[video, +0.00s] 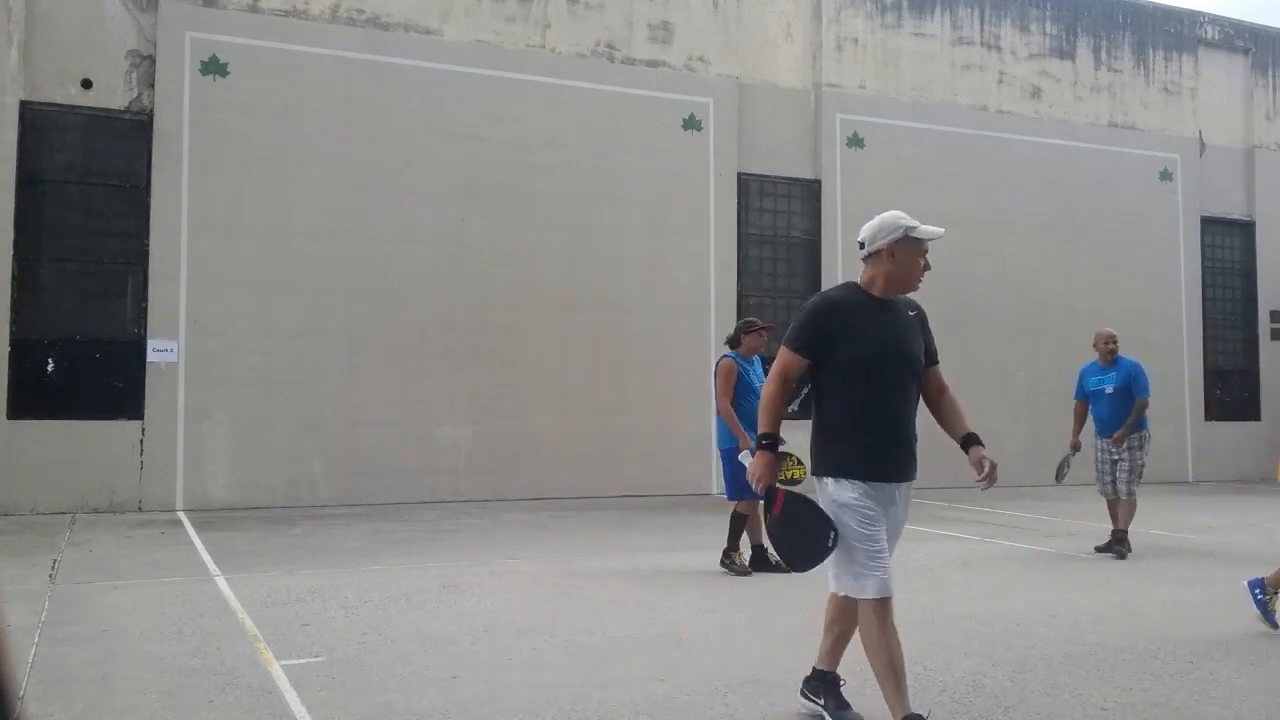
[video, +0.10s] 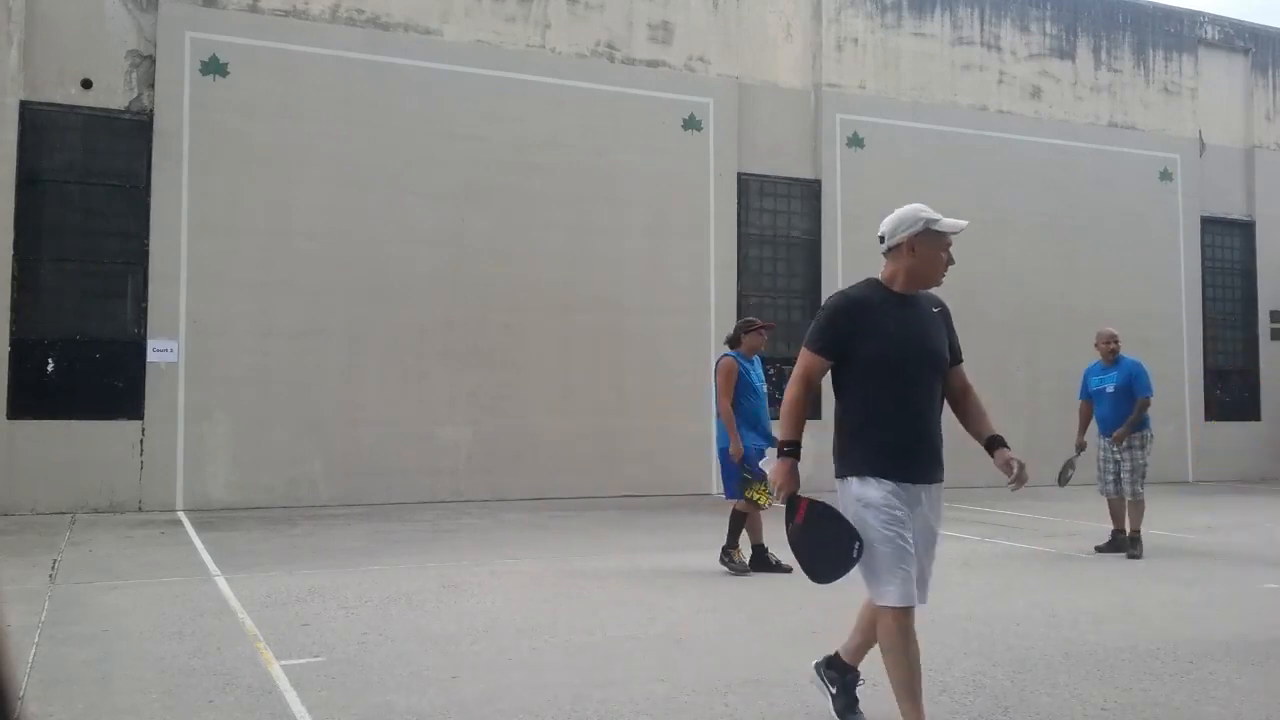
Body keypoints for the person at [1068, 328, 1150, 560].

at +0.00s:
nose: (1112, 346)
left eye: (1114, 342)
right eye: (1106, 343)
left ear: (1119, 345)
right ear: (1096, 347)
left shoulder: (1132, 369)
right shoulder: (1087, 372)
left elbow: (1142, 403)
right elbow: (1081, 405)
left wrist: (1125, 431)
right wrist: (1075, 436)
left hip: (1131, 437)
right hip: (1103, 438)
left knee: (1126, 486)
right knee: (1108, 488)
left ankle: (1121, 537)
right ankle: (1117, 535)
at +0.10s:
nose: (1112, 346)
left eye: (1115, 342)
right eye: (1107, 343)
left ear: (1120, 344)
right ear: (1097, 346)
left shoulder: (1134, 367)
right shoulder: (1091, 372)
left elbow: (1145, 401)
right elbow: (1086, 404)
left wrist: (1125, 429)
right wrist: (1081, 435)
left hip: (1134, 437)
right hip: (1106, 438)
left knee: (1133, 488)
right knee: (1111, 488)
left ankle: (1134, 538)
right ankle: (1118, 536)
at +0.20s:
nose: (1116, 346)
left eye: (1119, 341)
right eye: (1110, 343)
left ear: (1124, 344)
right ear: (1100, 346)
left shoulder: (1137, 367)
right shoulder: (1096, 372)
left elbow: (1148, 401)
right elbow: (1091, 404)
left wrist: (1129, 431)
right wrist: (1086, 434)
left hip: (1137, 437)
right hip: (1109, 439)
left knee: (1142, 488)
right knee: (1112, 488)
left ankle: (1154, 538)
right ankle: (1119, 537)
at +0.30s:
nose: (1120, 345)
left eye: (1124, 341)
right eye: (1115, 342)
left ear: (1129, 344)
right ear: (1106, 346)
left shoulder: (1142, 367)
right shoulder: (1102, 371)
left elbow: (1153, 401)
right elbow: (1098, 404)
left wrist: (1139, 431)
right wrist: (1092, 433)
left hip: (1141, 439)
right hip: (1113, 440)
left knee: (1152, 489)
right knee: (1115, 487)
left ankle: (1172, 538)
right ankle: (1119, 537)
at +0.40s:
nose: (1128, 346)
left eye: (1131, 342)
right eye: (1123, 343)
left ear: (1137, 344)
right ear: (1114, 347)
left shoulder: (1150, 368)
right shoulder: (1109, 372)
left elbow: (1163, 402)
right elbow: (1104, 404)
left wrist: (1149, 431)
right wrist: (1099, 433)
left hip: (1147, 441)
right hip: (1119, 441)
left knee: (1163, 490)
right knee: (1117, 488)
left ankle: (1185, 538)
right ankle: (1119, 537)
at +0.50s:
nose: (1136, 348)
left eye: (1140, 344)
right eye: (1130, 344)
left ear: (1146, 346)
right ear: (1123, 348)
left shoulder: (1160, 370)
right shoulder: (1117, 373)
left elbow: (1179, 402)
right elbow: (1113, 402)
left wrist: (1160, 430)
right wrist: (1107, 430)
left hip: (1157, 442)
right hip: (1128, 443)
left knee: (1170, 492)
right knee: (1122, 488)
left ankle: (1190, 542)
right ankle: (1120, 537)